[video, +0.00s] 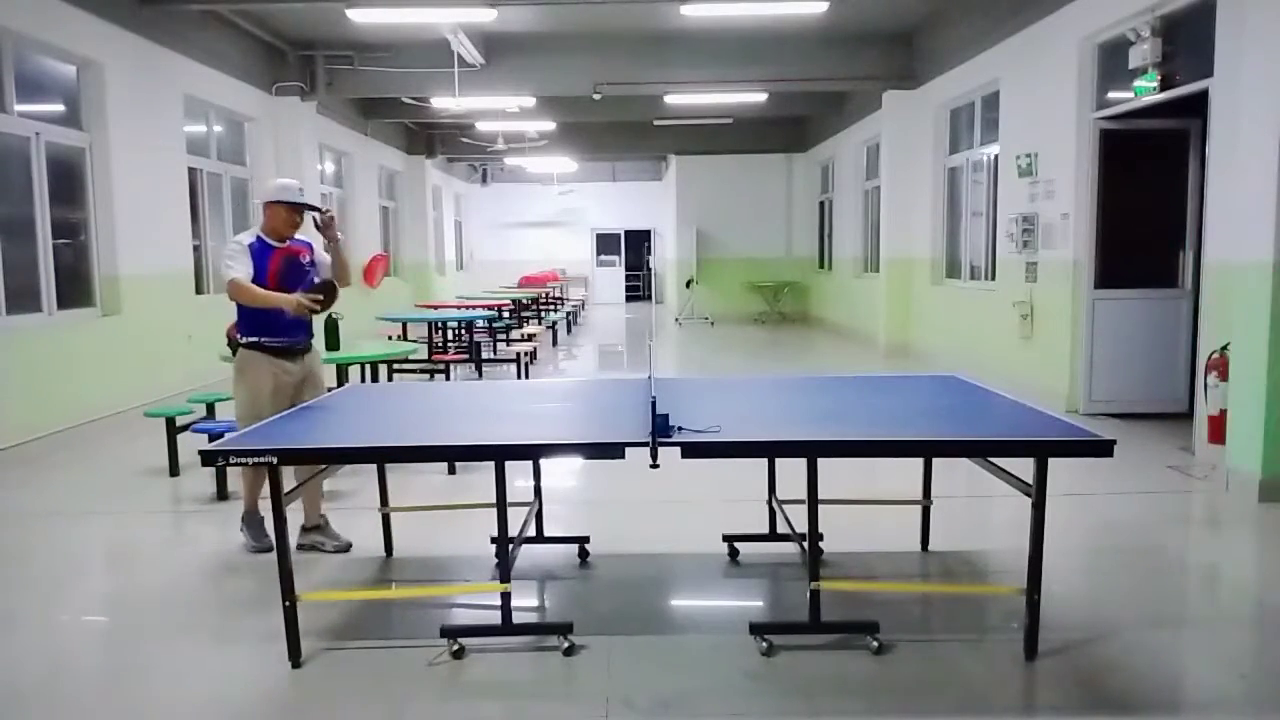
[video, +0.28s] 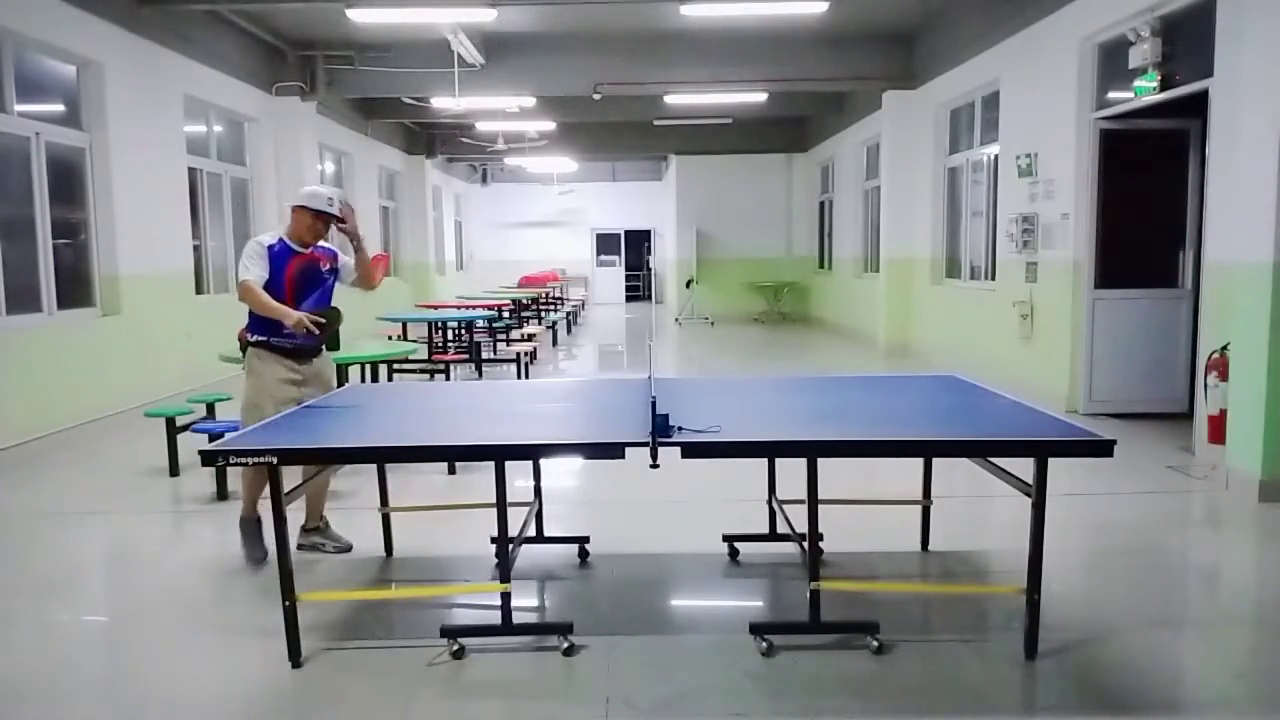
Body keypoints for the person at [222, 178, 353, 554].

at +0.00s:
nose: (299, 219)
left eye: (302, 213)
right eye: (293, 212)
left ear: (301, 214)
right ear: (269, 209)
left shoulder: (307, 248)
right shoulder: (241, 247)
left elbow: (341, 280)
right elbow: (237, 290)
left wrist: (333, 240)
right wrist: (287, 301)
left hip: (303, 358)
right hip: (259, 360)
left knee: (313, 441)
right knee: (257, 442)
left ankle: (314, 524)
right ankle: (252, 516)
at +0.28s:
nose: (324, 228)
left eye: (329, 222)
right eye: (319, 219)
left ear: (330, 225)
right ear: (297, 213)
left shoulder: (330, 254)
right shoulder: (262, 247)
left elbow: (368, 281)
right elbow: (247, 290)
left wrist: (356, 238)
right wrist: (287, 314)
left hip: (316, 361)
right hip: (270, 361)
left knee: (323, 445)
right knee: (262, 447)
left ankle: (314, 526)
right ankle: (249, 517)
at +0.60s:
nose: (315, 222)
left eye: (321, 217)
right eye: (310, 211)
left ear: (324, 223)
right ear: (293, 208)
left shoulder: (325, 251)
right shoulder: (259, 242)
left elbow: (368, 260)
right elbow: (242, 286)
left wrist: (341, 226)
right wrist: (281, 309)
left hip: (307, 358)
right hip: (262, 356)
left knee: (309, 443)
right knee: (248, 446)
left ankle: (313, 526)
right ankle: (224, 538)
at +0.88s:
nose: (281, 229)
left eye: (287, 224)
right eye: (276, 220)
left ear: (287, 228)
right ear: (256, 215)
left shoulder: (284, 254)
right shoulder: (226, 251)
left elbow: (324, 265)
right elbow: (222, 301)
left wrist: (303, 233)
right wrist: (272, 324)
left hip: (274, 372)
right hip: (231, 371)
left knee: (300, 446)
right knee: (230, 461)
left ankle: (312, 528)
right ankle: (206, 552)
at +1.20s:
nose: (252, 213)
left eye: (252, 207)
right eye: (243, 207)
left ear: (245, 211)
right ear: (216, 210)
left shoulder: (252, 252)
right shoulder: (195, 253)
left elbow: (281, 286)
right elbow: (209, 309)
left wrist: (297, 259)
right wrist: (264, 338)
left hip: (252, 368)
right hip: (211, 370)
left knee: (262, 456)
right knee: (211, 463)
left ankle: (273, 537)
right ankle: (205, 552)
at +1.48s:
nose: (244, 212)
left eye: (244, 205)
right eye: (235, 205)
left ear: (235, 209)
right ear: (207, 210)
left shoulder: (243, 248)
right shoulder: (190, 252)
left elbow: (246, 309)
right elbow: (208, 310)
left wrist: (270, 345)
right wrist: (261, 340)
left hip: (254, 369)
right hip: (212, 372)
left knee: (291, 436)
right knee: (210, 464)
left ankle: (283, 518)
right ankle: (204, 552)